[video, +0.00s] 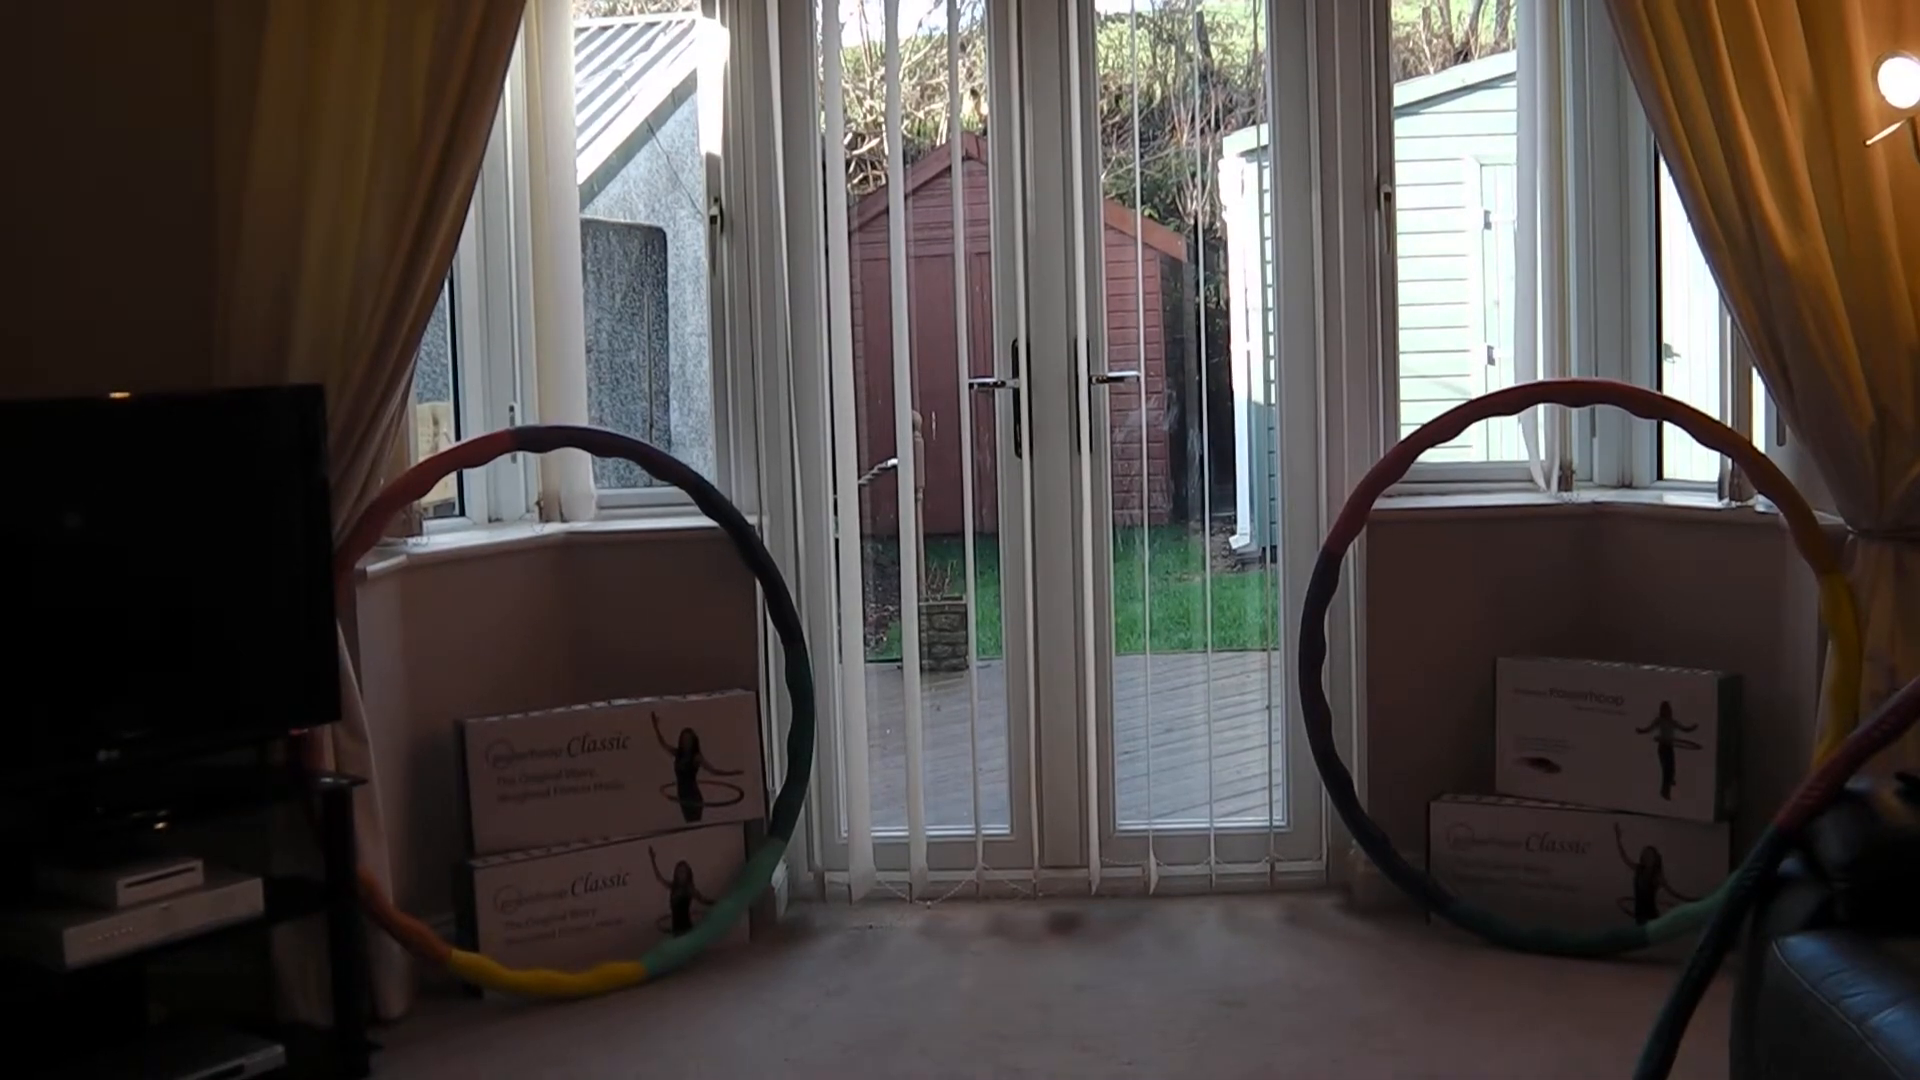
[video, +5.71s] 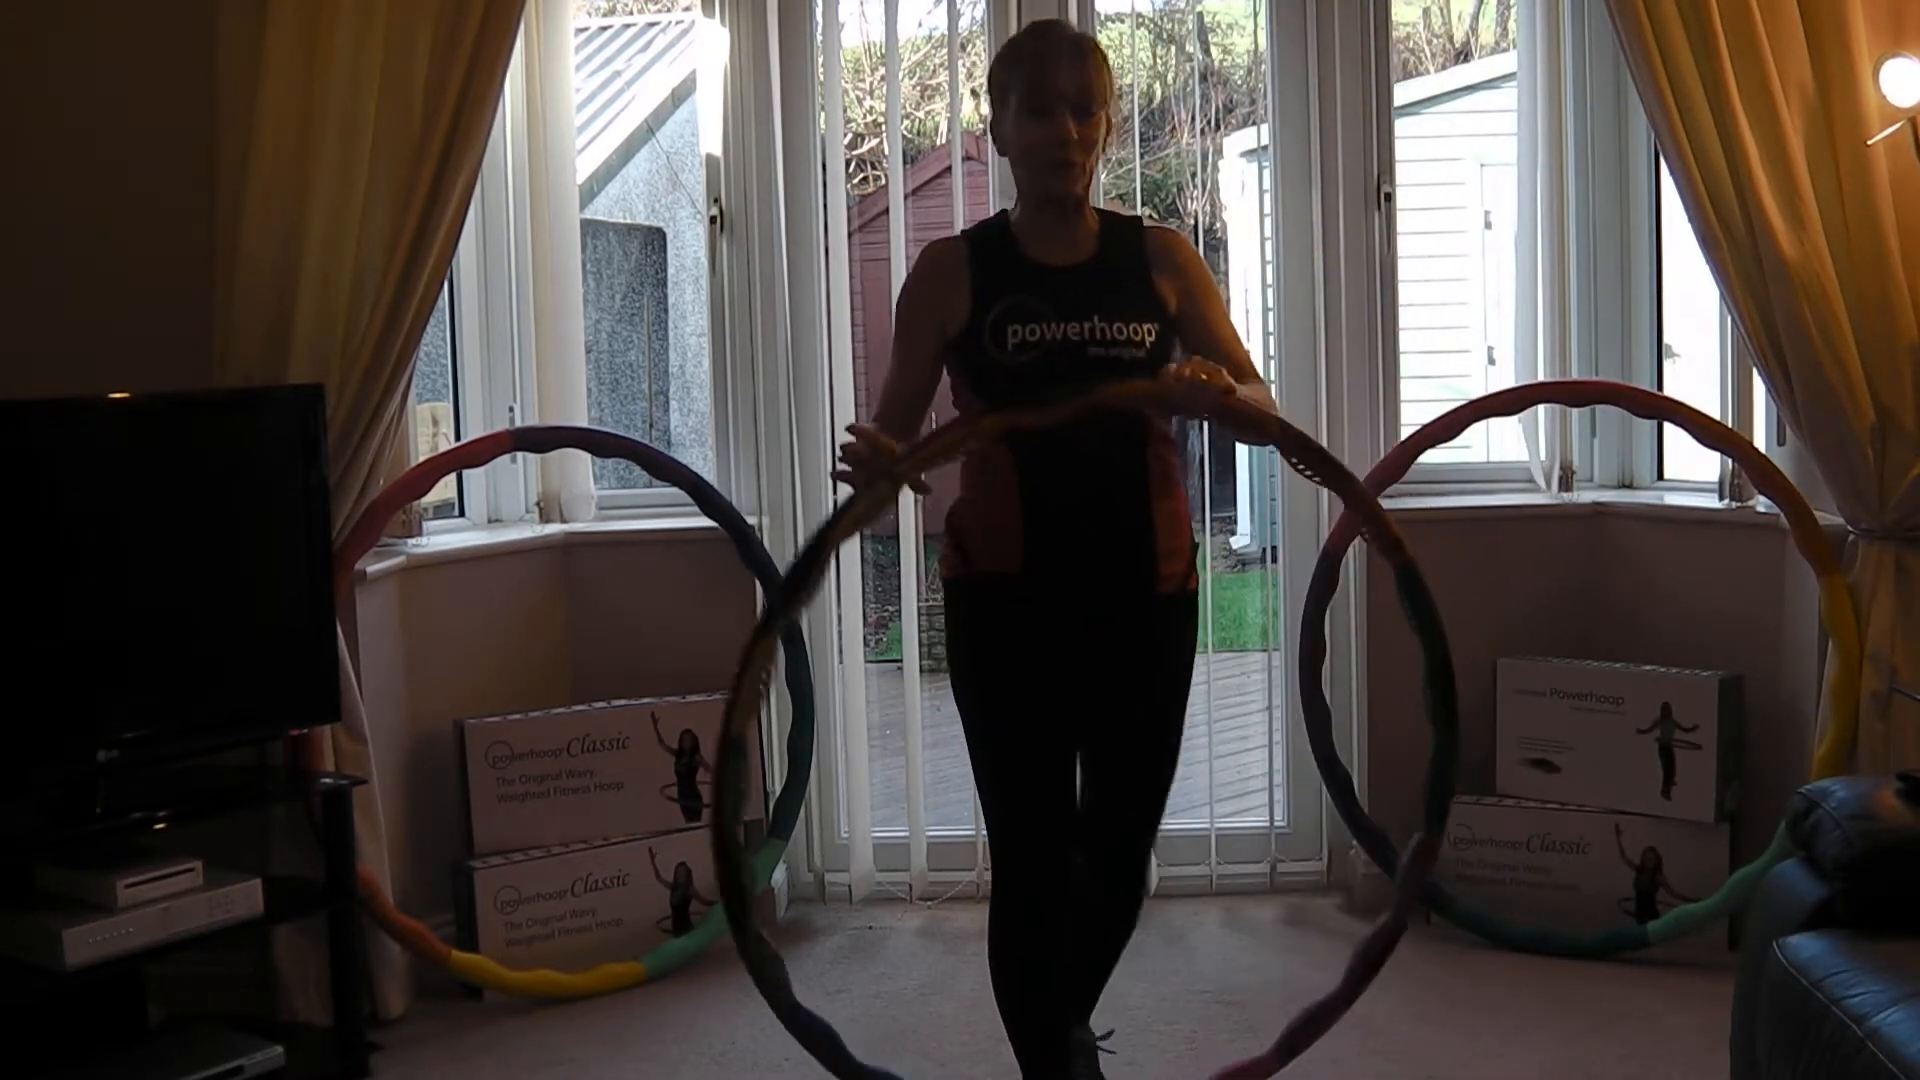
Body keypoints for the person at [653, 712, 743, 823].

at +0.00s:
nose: (685, 741)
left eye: (688, 739)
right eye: (683, 738)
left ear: (693, 741)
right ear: (680, 740)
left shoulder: (696, 756)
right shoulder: (678, 754)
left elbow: (713, 771)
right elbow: (662, 744)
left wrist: (733, 773)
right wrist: (655, 725)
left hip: (693, 793)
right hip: (682, 793)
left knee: (696, 826)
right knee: (690, 826)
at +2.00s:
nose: (685, 742)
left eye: (688, 739)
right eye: (683, 739)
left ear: (693, 742)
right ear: (680, 741)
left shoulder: (696, 757)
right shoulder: (678, 754)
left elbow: (712, 772)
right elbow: (662, 744)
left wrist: (732, 774)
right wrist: (655, 726)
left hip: (693, 795)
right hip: (682, 795)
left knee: (696, 828)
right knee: (690, 829)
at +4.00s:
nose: (686, 742)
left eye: (689, 739)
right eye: (683, 739)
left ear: (694, 741)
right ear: (680, 741)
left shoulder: (696, 758)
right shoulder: (678, 755)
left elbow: (713, 772)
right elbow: (662, 745)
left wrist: (733, 774)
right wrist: (655, 726)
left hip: (693, 794)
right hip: (682, 794)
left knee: (696, 828)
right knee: (691, 828)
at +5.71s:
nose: (686, 743)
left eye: (689, 740)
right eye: (684, 739)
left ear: (694, 742)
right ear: (680, 741)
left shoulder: (696, 757)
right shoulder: (678, 754)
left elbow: (711, 771)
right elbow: (662, 745)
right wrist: (655, 727)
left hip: (693, 793)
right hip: (682, 794)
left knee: (696, 826)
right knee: (690, 827)